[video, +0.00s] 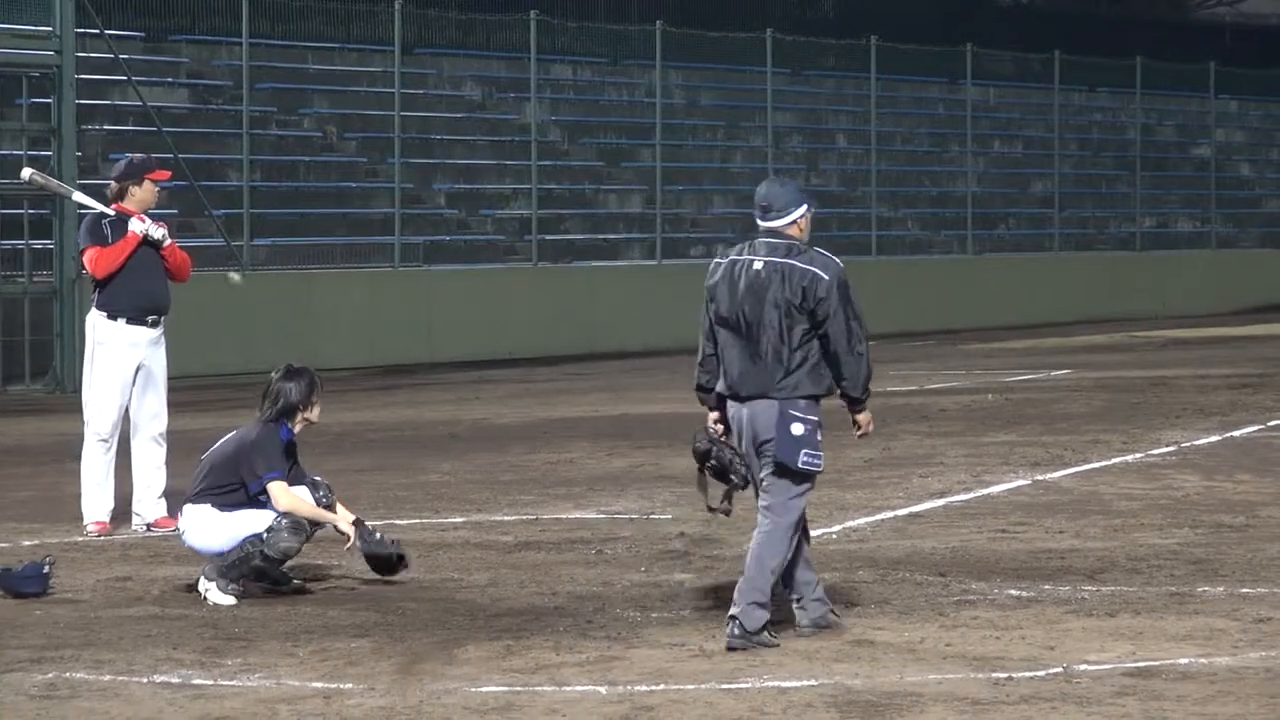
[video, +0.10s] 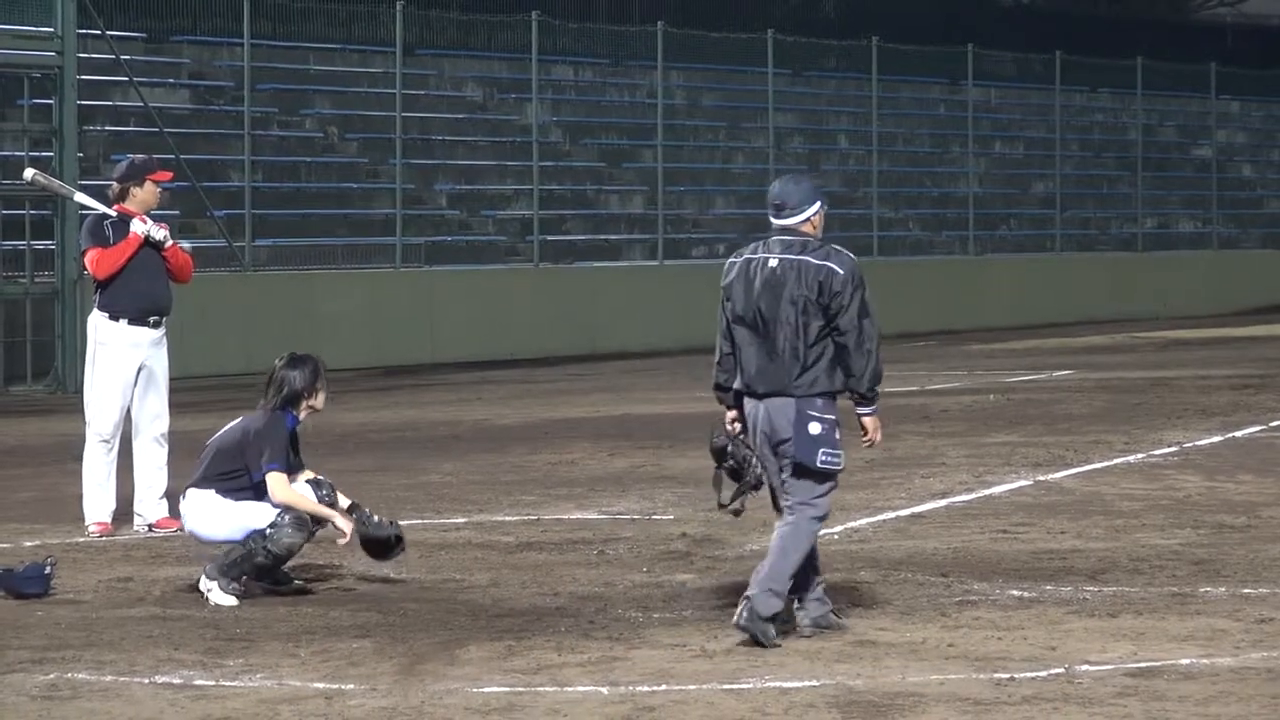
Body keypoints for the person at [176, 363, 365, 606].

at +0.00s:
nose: (320, 403)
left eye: (319, 397)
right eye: (317, 398)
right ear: (303, 406)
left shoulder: (282, 438)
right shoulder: (266, 438)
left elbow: (306, 489)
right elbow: (283, 501)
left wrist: (355, 523)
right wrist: (334, 520)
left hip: (230, 513)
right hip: (203, 521)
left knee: (318, 494)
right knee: (290, 528)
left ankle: (263, 567)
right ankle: (217, 575)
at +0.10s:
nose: (326, 391)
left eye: (325, 385)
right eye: (323, 385)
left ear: (297, 391)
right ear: (308, 392)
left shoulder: (285, 424)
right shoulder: (272, 425)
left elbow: (298, 474)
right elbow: (280, 493)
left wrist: (349, 507)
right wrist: (334, 517)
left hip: (233, 502)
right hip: (206, 509)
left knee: (320, 494)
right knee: (292, 525)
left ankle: (265, 569)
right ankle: (219, 575)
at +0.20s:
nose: (327, 382)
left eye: (326, 376)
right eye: (323, 377)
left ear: (294, 379)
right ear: (308, 383)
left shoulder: (285, 415)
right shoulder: (275, 415)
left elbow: (298, 466)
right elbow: (281, 480)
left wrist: (348, 497)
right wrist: (334, 506)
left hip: (230, 494)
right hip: (204, 499)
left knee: (318, 492)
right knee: (294, 517)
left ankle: (262, 570)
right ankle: (215, 574)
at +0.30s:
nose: (332, 383)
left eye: (330, 377)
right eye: (328, 378)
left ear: (299, 382)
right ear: (311, 385)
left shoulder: (286, 413)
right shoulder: (279, 415)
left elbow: (304, 464)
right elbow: (290, 476)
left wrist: (355, 493)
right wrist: (347, 506)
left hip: (234, 491)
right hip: (204, 496)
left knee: (315, 505)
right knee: (294, 523)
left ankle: (260, 571)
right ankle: (215, 577)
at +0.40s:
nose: (338, 380)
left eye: (337, 375)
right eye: (334, 375)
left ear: (304, 380)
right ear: (318, 383)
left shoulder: (292, 410)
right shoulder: (283, 411)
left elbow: (312, 458)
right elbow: (297, 472)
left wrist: (369, 483)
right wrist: (354, 508)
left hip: (238, 483)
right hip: (207, 488)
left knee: (315, 503)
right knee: (299, 521)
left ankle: (261, 569)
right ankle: (216, 574)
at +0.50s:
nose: (343, 374)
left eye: (341, 367)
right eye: (339, 368)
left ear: (306, 367)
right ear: (323, 374)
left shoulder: (299, 401)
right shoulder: (285, 402)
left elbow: (316, 451)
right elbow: (302, 468)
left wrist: (374, 467)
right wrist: (355, 508)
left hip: (245, 469)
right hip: (211, 475)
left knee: (319, 500)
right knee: (298, 528)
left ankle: (269, 559)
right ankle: (208, 575)